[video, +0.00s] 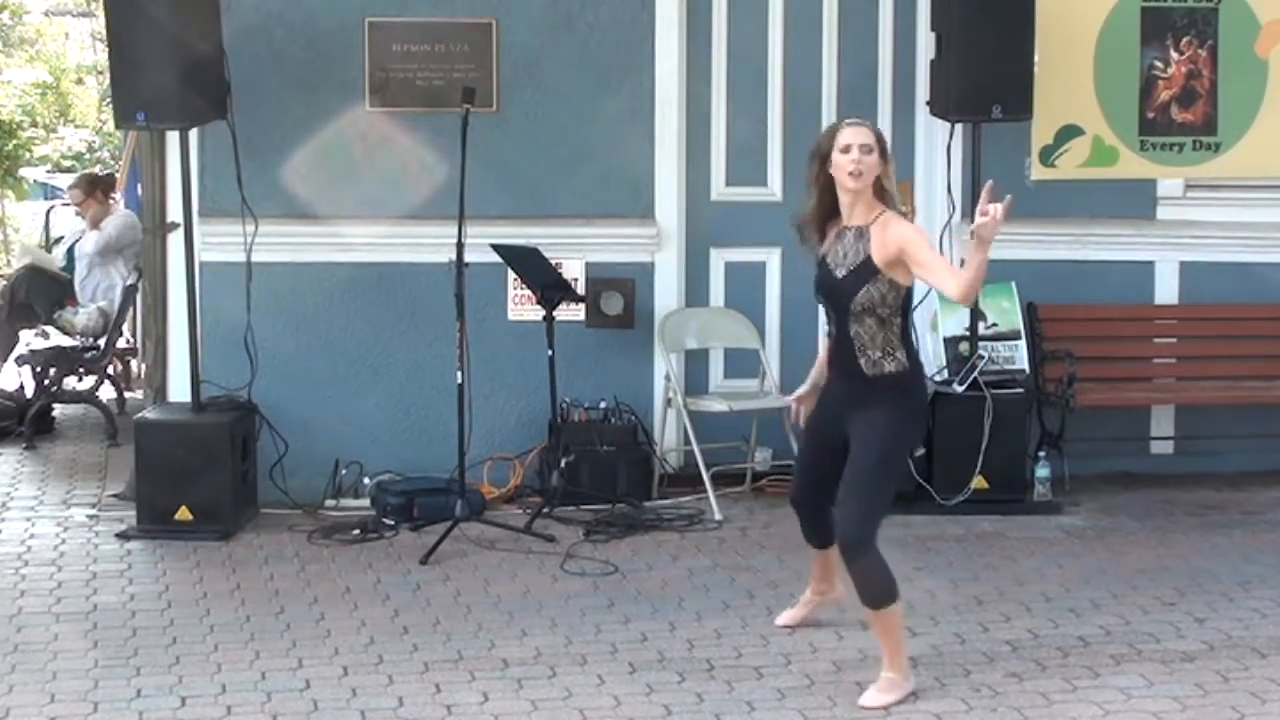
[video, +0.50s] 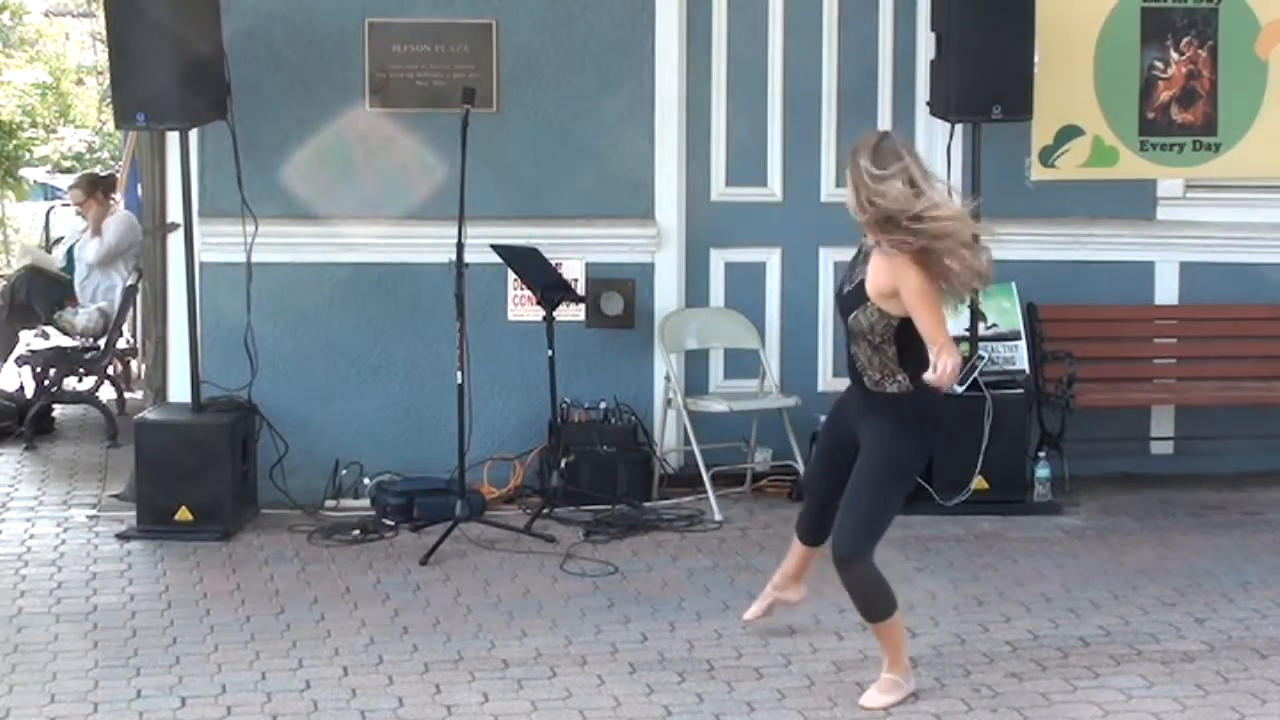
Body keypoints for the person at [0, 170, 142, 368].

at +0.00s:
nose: (77, 212)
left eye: (79, 205)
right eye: (75, 206)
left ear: (98, 196)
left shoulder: (125, 220)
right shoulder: (83, 231)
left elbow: (98, 248)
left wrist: (92, 225)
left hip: (100, 315)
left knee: (29, 276)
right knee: (11, 315)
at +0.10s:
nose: (77, 212)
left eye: (79, 205)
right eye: (75, 206)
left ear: (98, 196)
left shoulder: (125, 221)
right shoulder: (84, 232)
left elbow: (97, 248)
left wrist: (93, 225)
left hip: (100, 315)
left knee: (29, 276)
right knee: (11, 315)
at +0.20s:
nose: (77, 212)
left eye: (79, 205)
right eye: (75, 207)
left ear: (98, 197)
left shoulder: (125, 220)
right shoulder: (82, 230)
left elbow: (96, 249)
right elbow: (58, 260)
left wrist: (95, 223)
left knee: (29, 277)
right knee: (12, 316)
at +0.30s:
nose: (77, 212)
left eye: (79, 205)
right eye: (75, 207)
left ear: (97, 197)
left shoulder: (125, 221)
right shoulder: (84, 229)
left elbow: (96, 253)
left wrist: (95, 224)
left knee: (28, 278)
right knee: (12, 317)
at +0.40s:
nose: (78, 211)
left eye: (80, 205)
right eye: (75, 206)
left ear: (98, 197)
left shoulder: (124, 221)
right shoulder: (84, 230)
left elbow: (97, 256)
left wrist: (95, 224)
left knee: (29, 278)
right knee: (12, 316)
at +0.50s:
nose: (78, 211)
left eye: (80, 205)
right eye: (75, 206)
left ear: (98, 197)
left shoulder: (124, 221)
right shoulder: (85, 229)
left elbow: (96, 257)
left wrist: (95, 223)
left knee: (29, 278)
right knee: (12, 316)